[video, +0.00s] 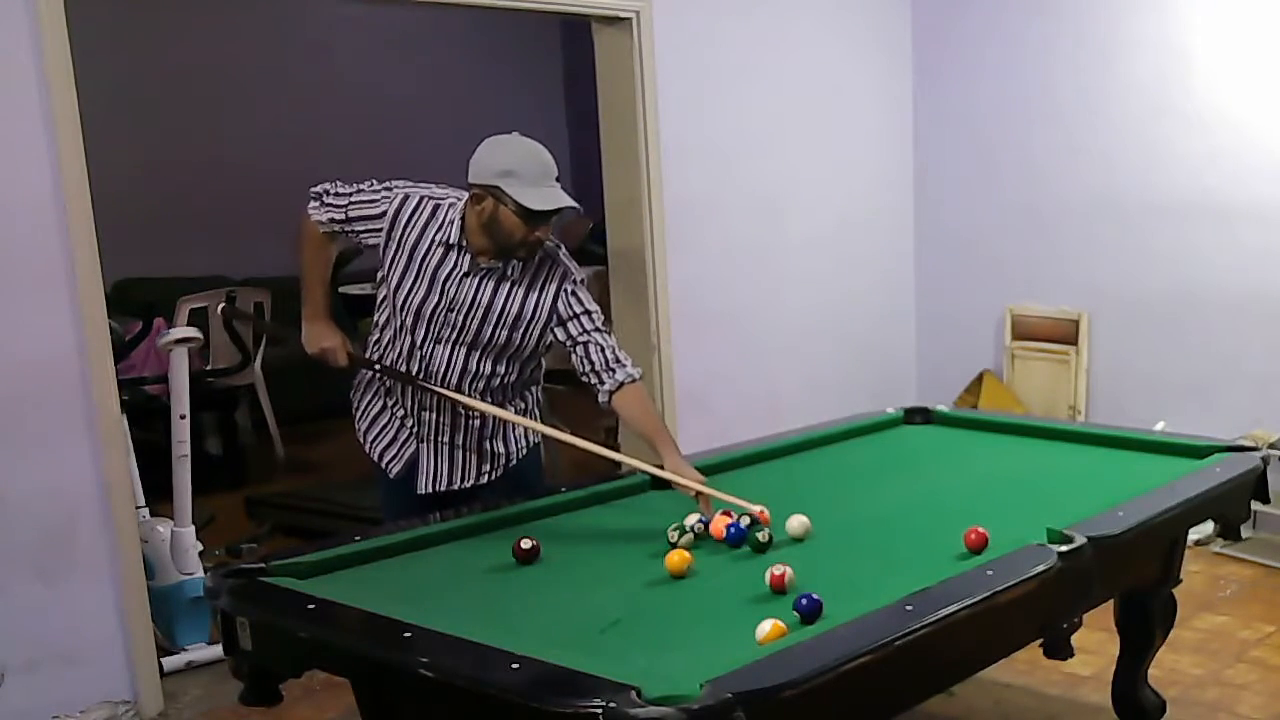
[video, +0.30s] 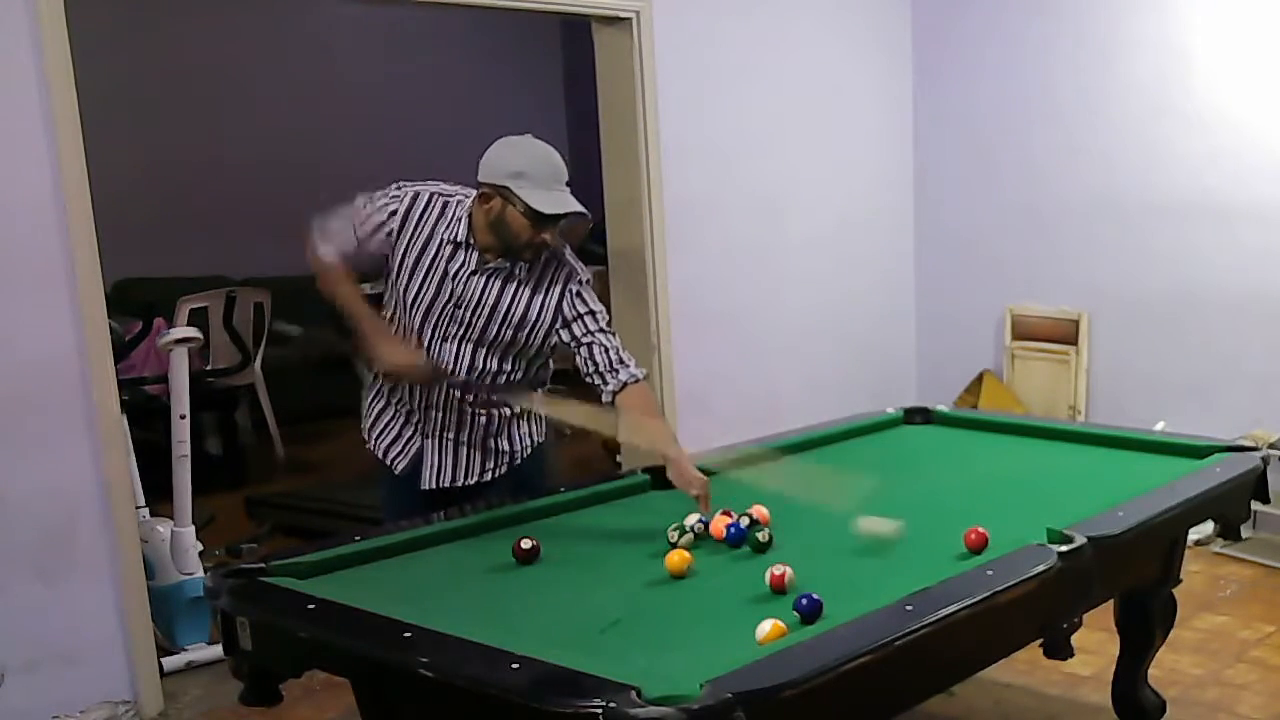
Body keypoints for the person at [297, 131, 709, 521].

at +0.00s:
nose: (543, 232)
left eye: (548, 218)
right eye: (531, 217)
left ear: (552, 210)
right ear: (484, 201)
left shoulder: (555, 277)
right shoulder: (409, 211)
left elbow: (611, 370)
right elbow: (322, 210)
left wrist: (671, 454)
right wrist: (316, 317)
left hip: (500, 436)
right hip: (403, 427)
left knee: (520, 570)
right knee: (415, 579)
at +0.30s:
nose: (549, 235)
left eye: (555, 221)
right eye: (537, 219)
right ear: (492, 200)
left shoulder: (563, 280)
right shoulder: (413, 211)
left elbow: (619, 376)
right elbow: (323, 243)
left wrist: (672, 457)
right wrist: (379, 339)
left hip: (507, 446)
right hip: (408, 437)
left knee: (523, 584)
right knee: (413, 590)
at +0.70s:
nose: (555, 202)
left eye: (562, 189)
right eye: (544, 185)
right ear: (502, 167)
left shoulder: (566, 254)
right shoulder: (410, 206)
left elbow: (608, 339)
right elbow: (329, 269)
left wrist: (620, 413)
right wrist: (363, 320)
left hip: (514, 449)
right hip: (411, 442)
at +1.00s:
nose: (500, 164)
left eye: (506, 150)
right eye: (485, 147)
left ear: (511, 150)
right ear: (443, 139)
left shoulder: (524, 229)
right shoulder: (368, 207)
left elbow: (547, 311)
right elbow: (310, 287)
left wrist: (548, 385)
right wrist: (350, 336)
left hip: (499, 436)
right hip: (402, 435)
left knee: (509, 573)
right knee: (408, 580)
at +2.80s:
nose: (439, 151)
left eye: (449, 137)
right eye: (423, 139)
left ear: (463, 139)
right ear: (397, 139)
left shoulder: (507, 214)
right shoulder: (369, 209)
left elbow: (556, 299)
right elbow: (349, 276)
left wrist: (539, 373)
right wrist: (343, 328)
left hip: (491, 422)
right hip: (401, 422)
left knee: (490, 558)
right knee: (398, 561)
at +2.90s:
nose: (414, 151)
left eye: (424, 137)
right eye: (398, 139)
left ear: (438, 139)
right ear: (372, 140)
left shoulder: (485, 213)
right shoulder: (347, 212)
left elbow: (537, 296)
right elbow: (334, 289)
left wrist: (520, 374)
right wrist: (330, 337)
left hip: (477, 425)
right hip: (386, 428)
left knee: (483, 565)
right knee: (385, 569)